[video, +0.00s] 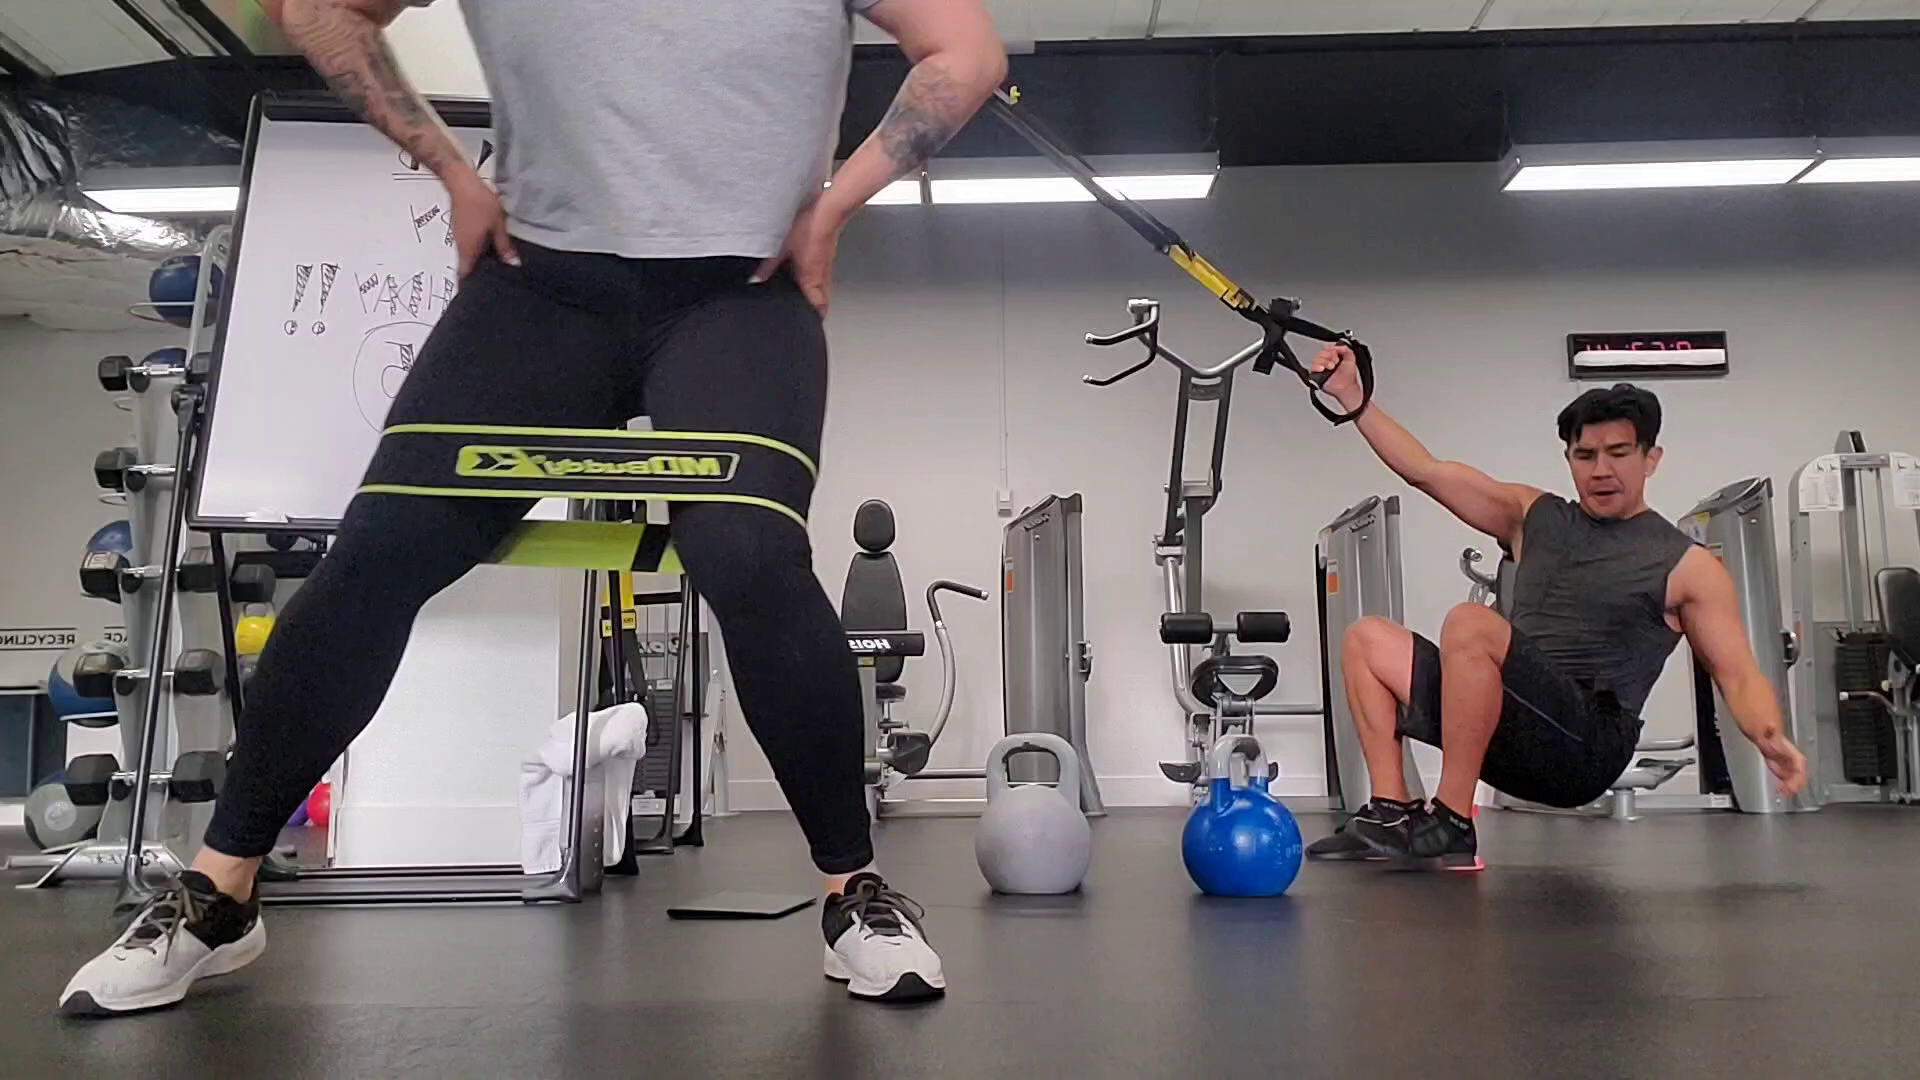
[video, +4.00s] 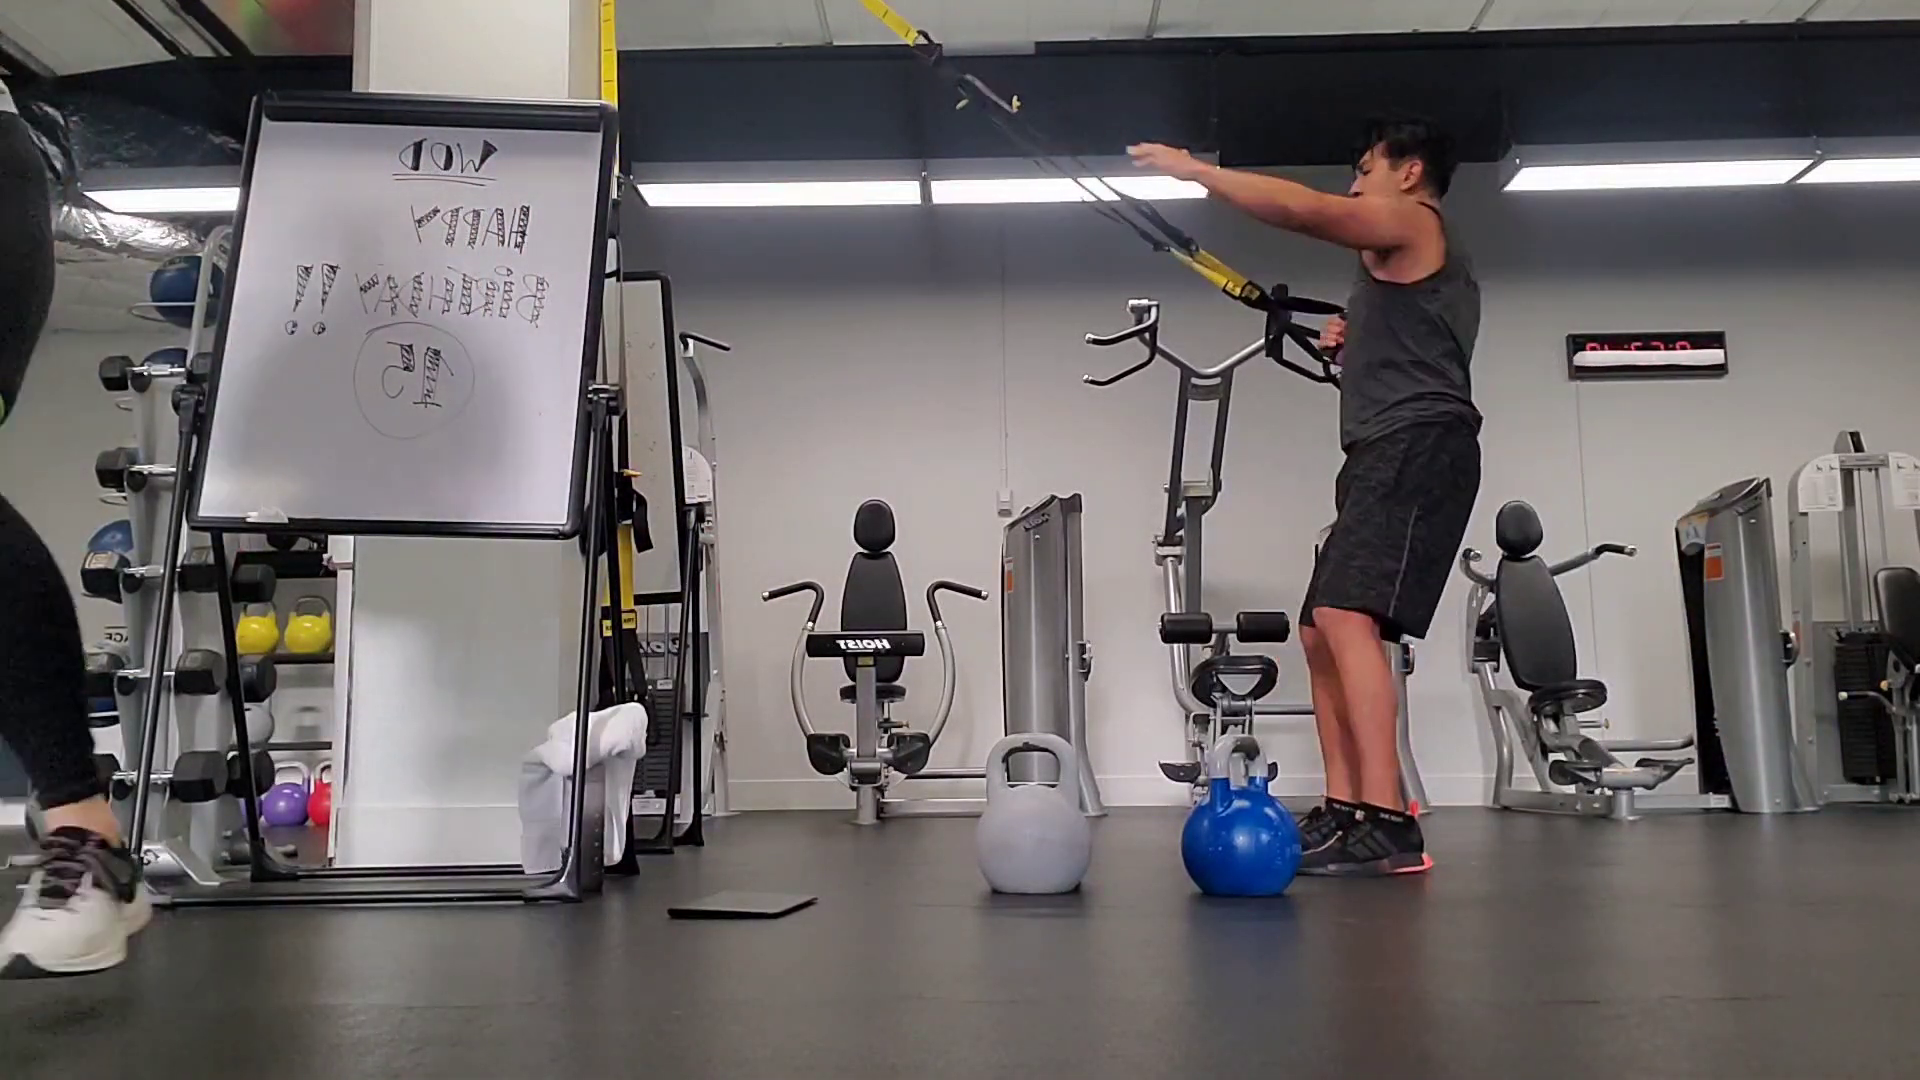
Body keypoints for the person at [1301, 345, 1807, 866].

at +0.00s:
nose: (1600, 470)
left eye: (1617, 453)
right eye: (1586, 455)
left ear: (1652, 458)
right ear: (1570, 459)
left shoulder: (1688, 565)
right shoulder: (1532, 515)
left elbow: (1736, 671)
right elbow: (1425, 470)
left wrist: (1767, 734)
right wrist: (1356, 403)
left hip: (1588, 744)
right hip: (1499, 728)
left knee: (1471, 624)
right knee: (1366, 639)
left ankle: (1452, 819)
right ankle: (1390, 812)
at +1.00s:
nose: (1389, 172)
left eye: (1399, 158)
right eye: (1393, 160)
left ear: (1437, 155)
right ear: (1446, 160)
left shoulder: (1456, 215)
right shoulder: (1435, 236)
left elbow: (1350, 200)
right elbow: (1448, 359)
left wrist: (1239, 156)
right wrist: (1383, 344)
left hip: (1444, 436)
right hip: (1404, 442)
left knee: (1388, 618)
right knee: (1338, 617)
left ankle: (1432, 820)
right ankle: (1358, 812)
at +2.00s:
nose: (1480, 310)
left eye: (1495, 293)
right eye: (1474, 300)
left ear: (1548, 293)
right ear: (1474, 312)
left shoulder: (1588, 379)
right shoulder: (1490, 393)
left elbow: (1601, 462)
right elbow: (1400, 448)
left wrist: (1486, 408)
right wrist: (1369, 374)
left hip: (1515, 578)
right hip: (1460, 575)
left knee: (1340, 625)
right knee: (1286, 638)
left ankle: (1389, 821)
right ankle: (1343, 809)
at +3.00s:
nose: (1495, 303)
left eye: (1508, 286)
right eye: (1495, 292)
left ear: (1561, 293)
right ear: (1548, 299)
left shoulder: (1573, 365)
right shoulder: (1515, 388)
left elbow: (1522, 410)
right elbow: (1430, 451)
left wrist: (1412, 374)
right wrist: (1374, 385)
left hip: (1497, 575)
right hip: (1454, 568)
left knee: (1319, 636)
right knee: (1284, 640)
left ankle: (1390, 825)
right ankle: (1343, 809)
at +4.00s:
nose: (1355, 182)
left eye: (1365, 168)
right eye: (1358, 170)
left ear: (1409, 170)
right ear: (1412, 176)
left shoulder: (1409, 220)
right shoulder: (1417, 255)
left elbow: (1297, 209)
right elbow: (1424, 349)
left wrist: (1194, 169)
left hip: (1418, 441)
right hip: (1388, 448)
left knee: (1349, 619)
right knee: (1319, 626)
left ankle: (1387, 821)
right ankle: (1347, 812)